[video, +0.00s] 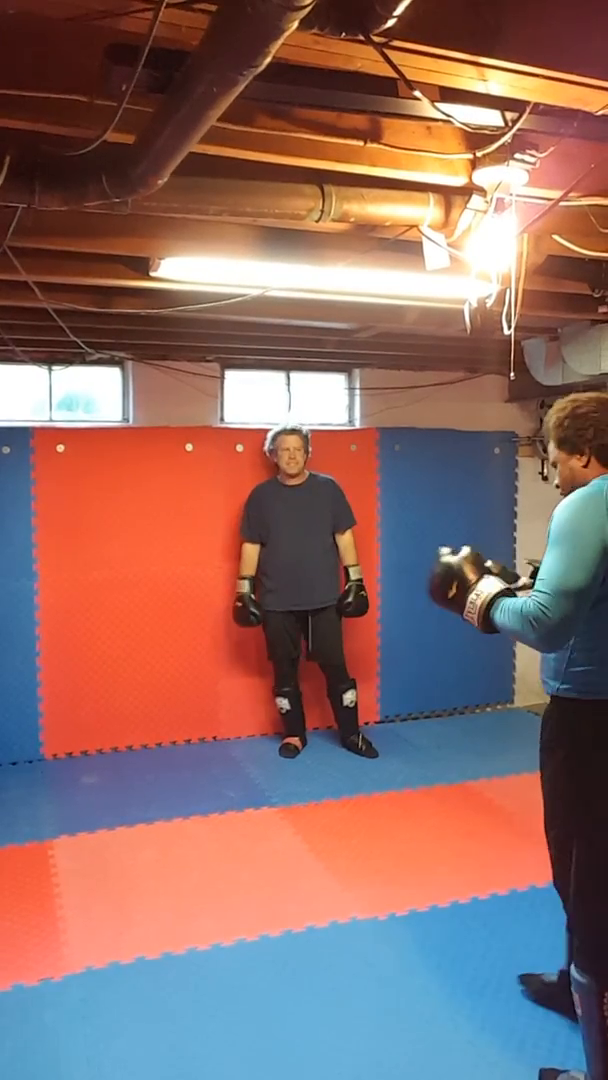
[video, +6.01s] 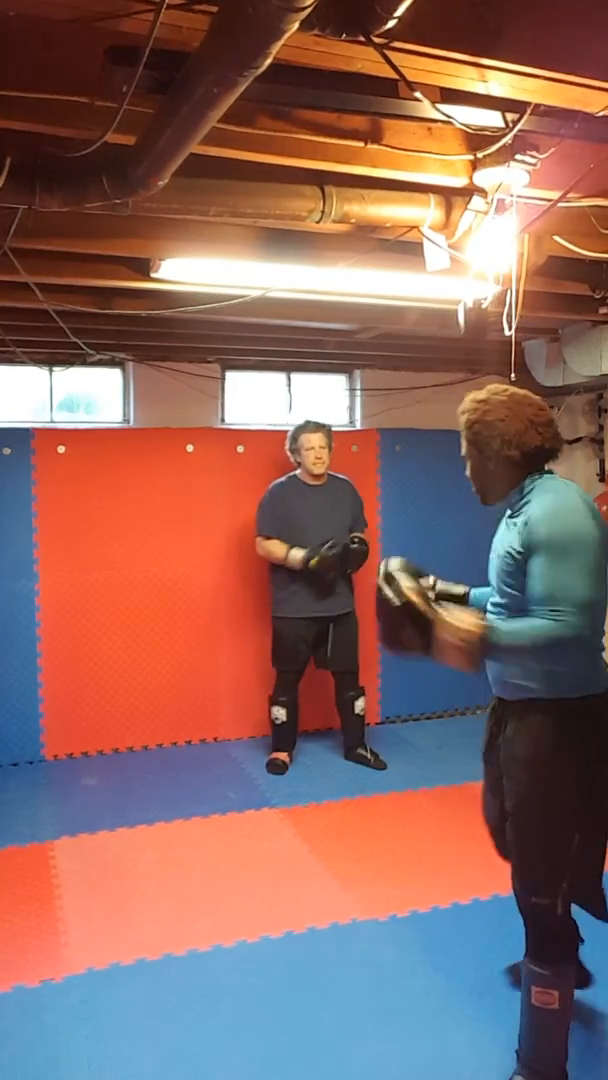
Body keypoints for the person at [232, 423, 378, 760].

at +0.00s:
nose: (291, 456)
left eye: (297, 450)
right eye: (285, 450)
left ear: (307, 454)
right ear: (274, 456)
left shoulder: (328, 489)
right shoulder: (261, 495)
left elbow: (344, 535)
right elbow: (252, 544)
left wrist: (355, 580)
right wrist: (244, 590)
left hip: (324, 597)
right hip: (278, 599)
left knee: (336, 666)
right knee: (284, 669)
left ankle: (351, 733)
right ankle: (294, 734)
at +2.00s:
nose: (372, 459)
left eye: (377, 453)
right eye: (365, 452)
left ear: (382, 456)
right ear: (349, 454)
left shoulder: (389, 492)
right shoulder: (328, 492)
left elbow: (399, 541)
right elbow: (317, 543)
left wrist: (412, 581)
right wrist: (317, 591)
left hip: (380, 601)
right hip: (341, 601)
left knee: (368, 670)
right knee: (329, 667)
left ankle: (356, 736)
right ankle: (302, 732)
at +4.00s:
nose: (321, 457)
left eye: (327, 451)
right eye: (314, 451)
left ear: (337, 454)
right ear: (304, 454)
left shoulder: (355, 491)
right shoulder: (287, 495)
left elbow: (371, 541)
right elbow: (275, 545)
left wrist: (383, 588)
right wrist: (265, 592)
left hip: (346, 603)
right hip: (297, 602)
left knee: (350, 672)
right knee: (290, 676)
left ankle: (353, 736)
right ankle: (282, 748)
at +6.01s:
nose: (318, 455)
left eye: (323, 449)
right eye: (310, 450)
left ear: (330, 451)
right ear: (296, 455)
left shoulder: (345, 489)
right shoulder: (277, 495)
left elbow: (360, 532)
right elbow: (265, 544)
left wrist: (357, 551)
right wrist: (307, 558)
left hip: (340, 605)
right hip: (294, 607)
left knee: (349, 676)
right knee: (287, 679)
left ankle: (355, 744)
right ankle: (282, 748)